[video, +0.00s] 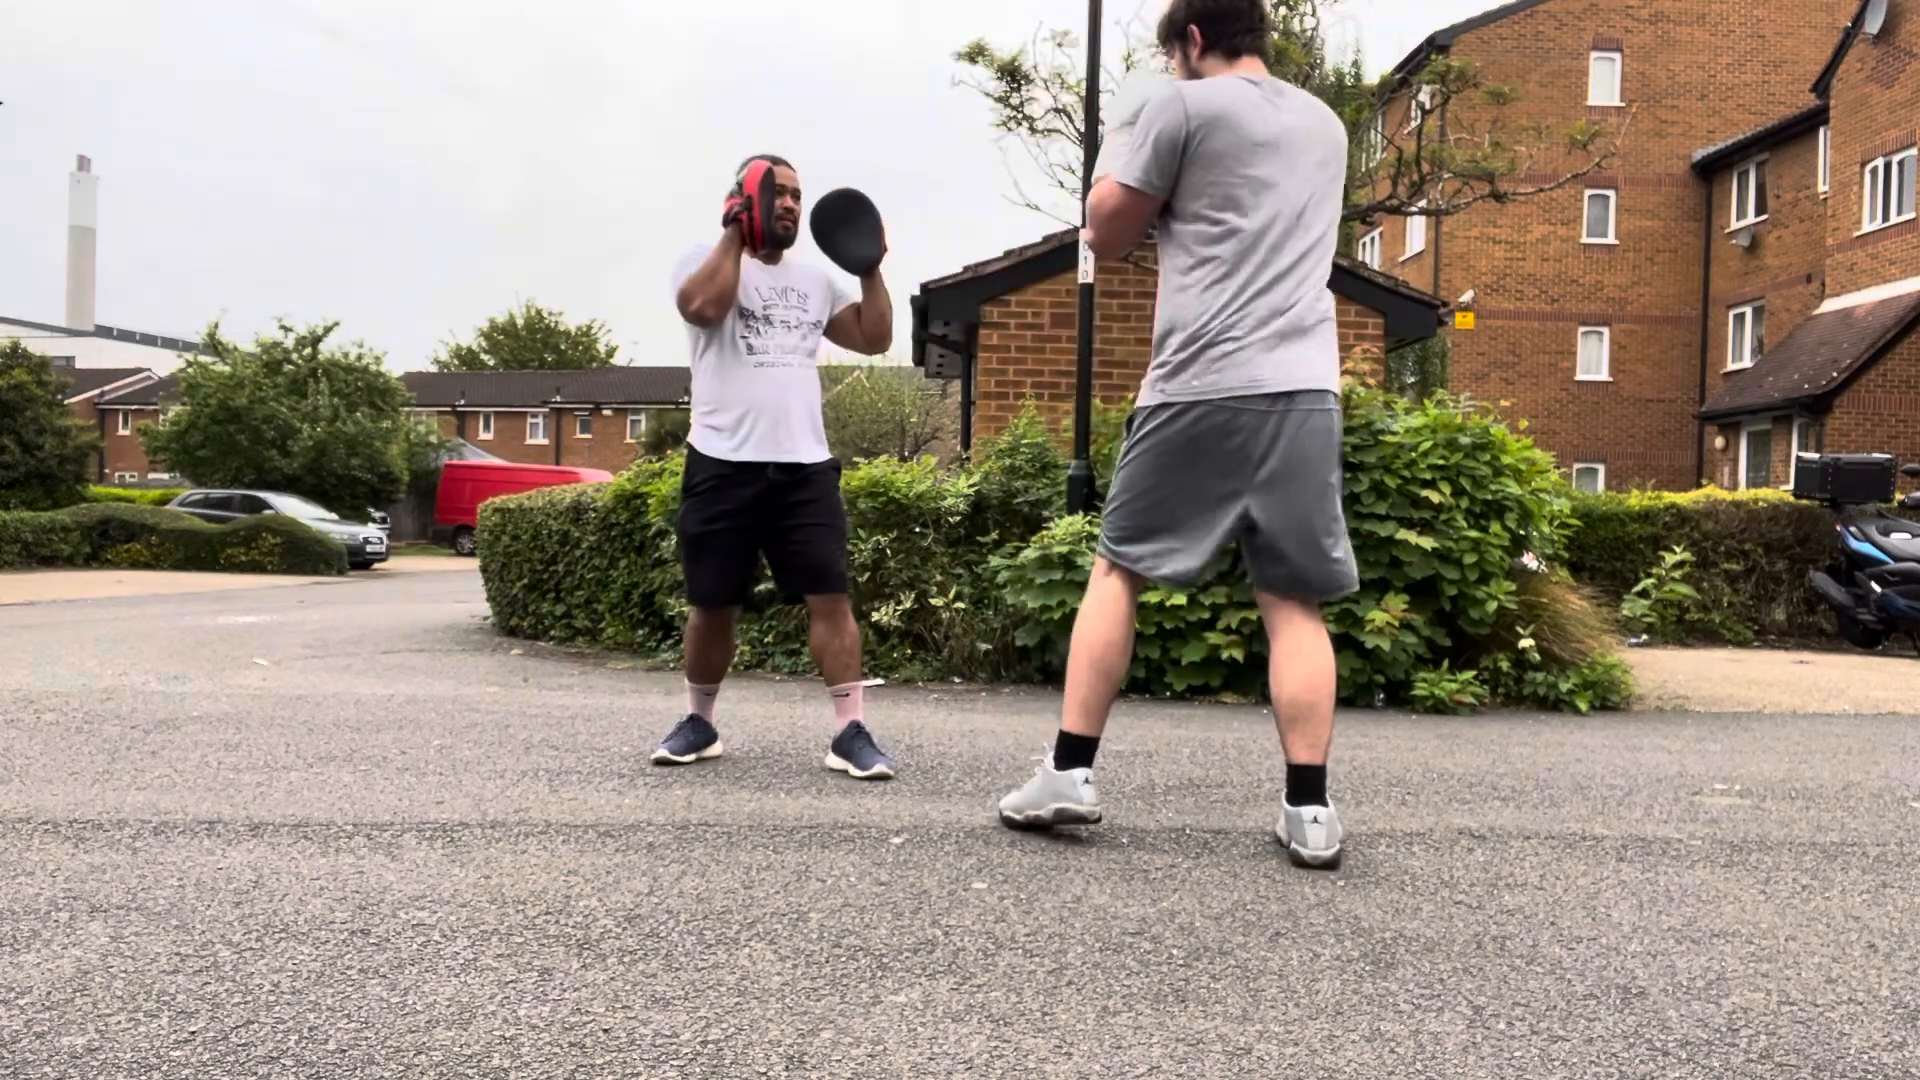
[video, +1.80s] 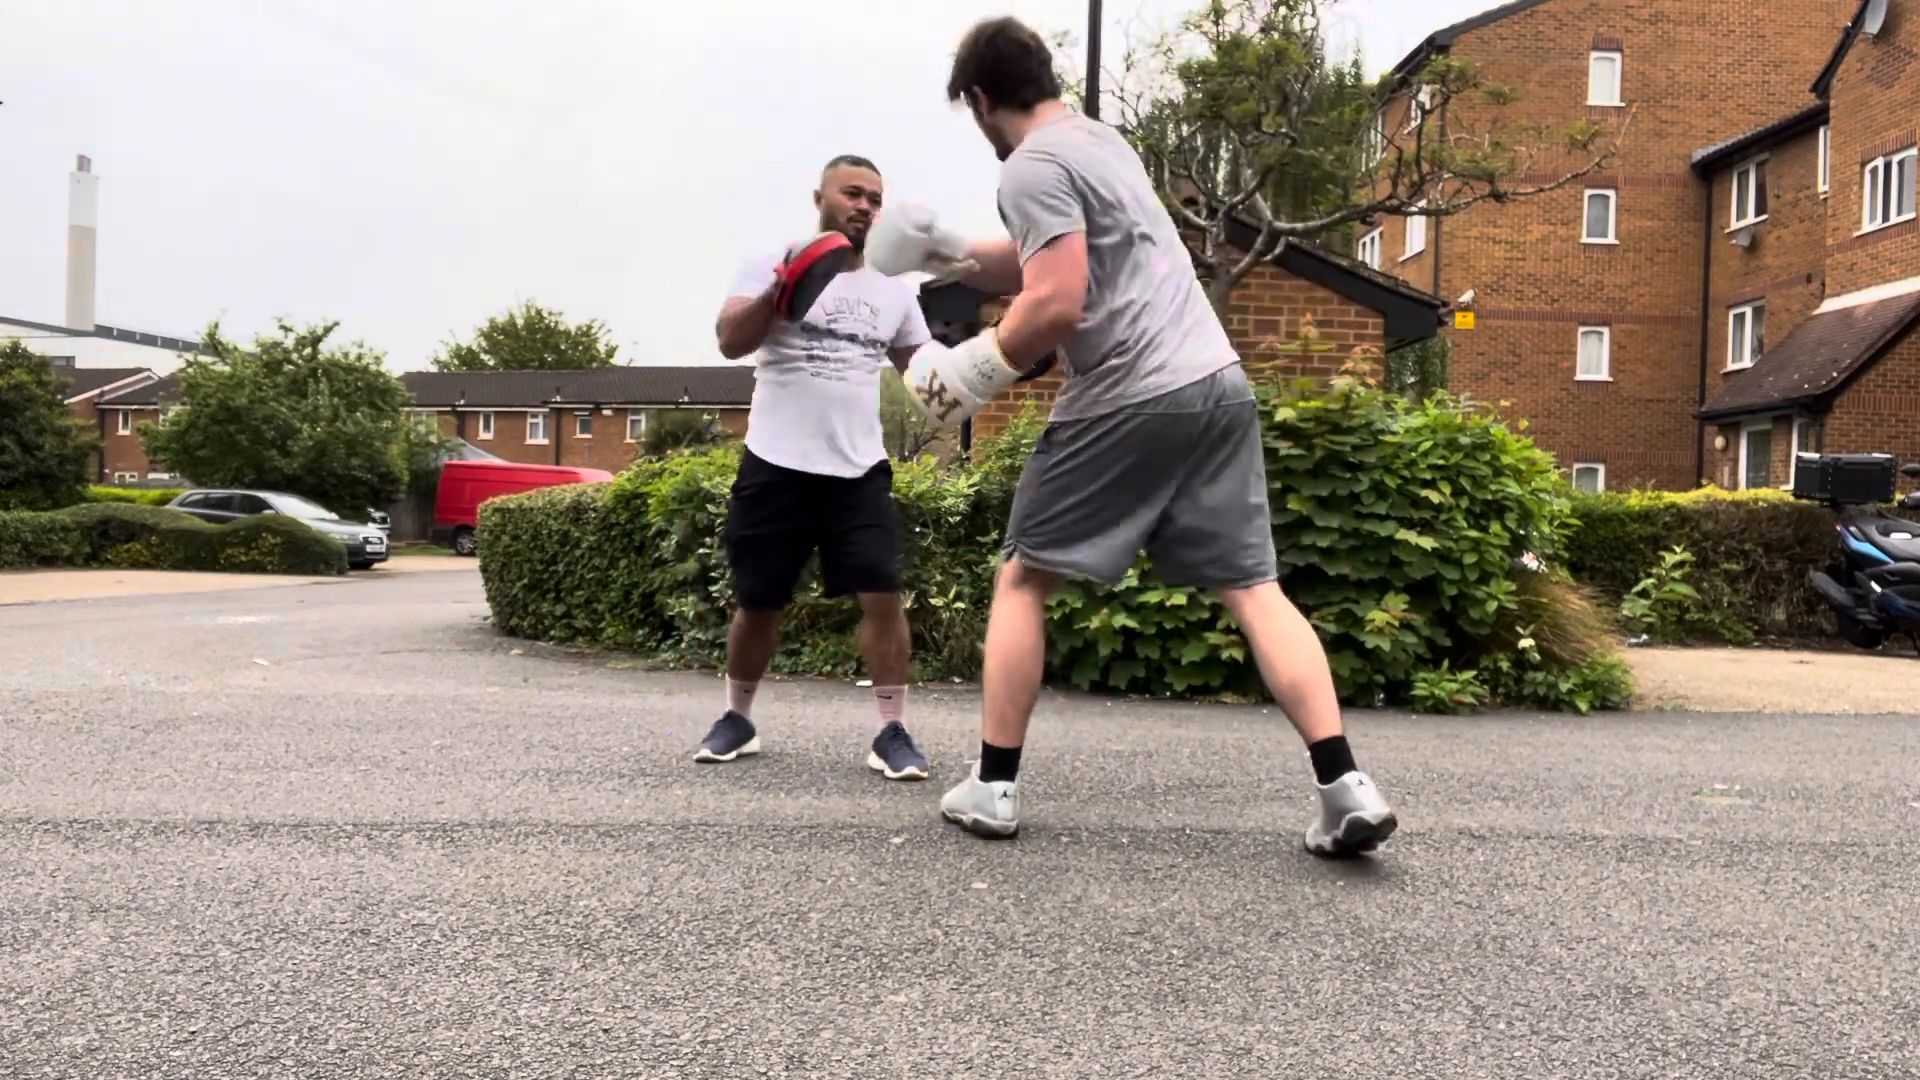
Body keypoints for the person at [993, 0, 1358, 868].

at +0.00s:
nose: (1172, 70)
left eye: (1170, 54)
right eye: (1170, 56)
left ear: (1194, 39)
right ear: (1260, 38)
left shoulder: (1183, 105)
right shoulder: (1326, 122)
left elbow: (1108, 233)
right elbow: (1276, 219)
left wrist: (1115, 174)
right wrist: (1147, 208)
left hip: (1194, 387)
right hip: (1304, 390)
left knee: (1117, 570)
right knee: (1294, 599)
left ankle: (1069, 775)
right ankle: (1310, 811)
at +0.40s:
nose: (1147, 74)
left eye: (1146, 59)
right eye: (1149, 60)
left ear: (1165, 48)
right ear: (1232, 47)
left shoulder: (1136, 120)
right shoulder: (1299, 134)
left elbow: (1043, 236)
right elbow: (1260, 226)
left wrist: (1049, 192)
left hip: (1148, 394)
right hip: (1259, 398)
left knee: (1068, 574)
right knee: (1276, 594)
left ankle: (993, 763)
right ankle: (1311, 803)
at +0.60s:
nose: (1050, 87)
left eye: (1048, 76)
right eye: (1049, 77)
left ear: (1068, 69)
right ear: (1133, 61)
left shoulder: (1040, 144)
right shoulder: (1206, 135)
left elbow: (949, 194)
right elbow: (1226, 252)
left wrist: (924, 182)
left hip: (1079, 393)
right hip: (1194, 392)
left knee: (1022, 578)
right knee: (1238, 584)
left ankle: (988, 776)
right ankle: (1310, 775)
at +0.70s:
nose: (1002, 89)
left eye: (1000, 76)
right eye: (1000, 77)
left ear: (1021, 65)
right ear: (1084, 57)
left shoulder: (999, 139)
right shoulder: (1161, 130)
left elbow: (933, 243)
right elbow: (1142, 230)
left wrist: (919, 239)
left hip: (1085, 380)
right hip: (1191, 378)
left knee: (1019, 576)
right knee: (1219, 576)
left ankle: (988, 776)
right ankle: (1305, 758)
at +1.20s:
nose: (1108, 77)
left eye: (1107, 63)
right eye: (1109, 62)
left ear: (1125, 56)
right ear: (1200, 52)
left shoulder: (1090, 141)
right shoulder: (1265, 149)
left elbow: (1037, 259)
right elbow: (1241, 254)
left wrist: (1044, 178)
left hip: (1097, 411)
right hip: (1215, 406)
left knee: (1024, 577)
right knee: (1265, 599)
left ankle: (992, 775)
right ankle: (1340, 797)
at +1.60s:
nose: (1018, 82)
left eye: (1017, 68)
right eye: (1018, 68)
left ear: (1033, 64)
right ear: (1108, 54)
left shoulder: (1030, 148)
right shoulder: (1169, 127)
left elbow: (979, 297)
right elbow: (1144, 240)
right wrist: (1028, 245)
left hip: (1111, 400)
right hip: (1214, 383)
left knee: (1026, 582)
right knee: (1260, 585)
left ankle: (993, 786)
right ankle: (1346, 789)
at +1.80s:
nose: (973, 123)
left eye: (966, 106)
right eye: (969, 107)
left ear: (980, 98)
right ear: (1044, 81)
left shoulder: (1032, 165)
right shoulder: (1104, 142)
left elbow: (1059, 299)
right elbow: (1039, 262)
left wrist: (976, 366)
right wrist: (948, 254)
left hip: (1128, 400)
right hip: (1221, 387)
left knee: (1023, 579)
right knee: (1252, 585)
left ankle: (992, 786)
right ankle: (1345, 783)